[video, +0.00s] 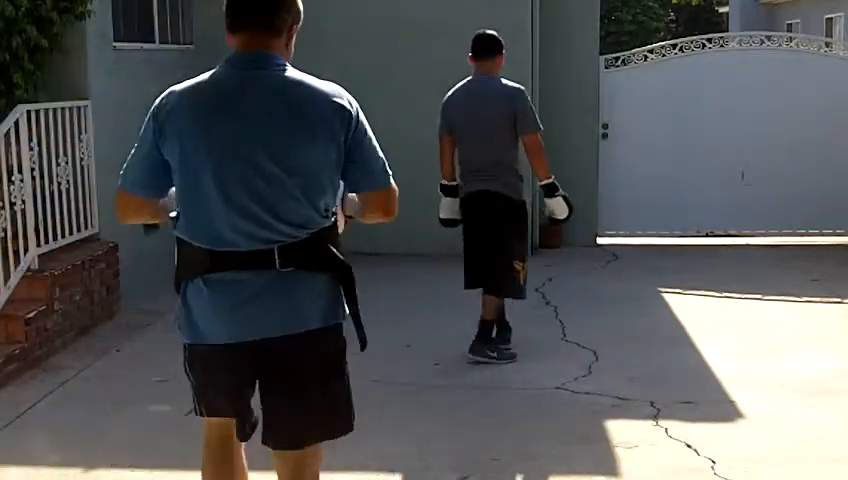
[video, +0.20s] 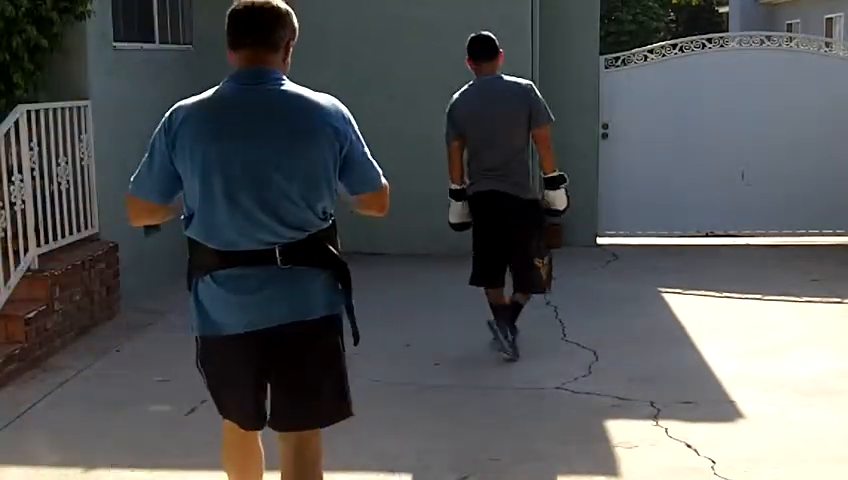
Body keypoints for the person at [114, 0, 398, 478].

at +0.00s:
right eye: (296, 29)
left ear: (228, 29)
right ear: (292, 30)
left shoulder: (175, 104)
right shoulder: (332, 103)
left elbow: (130, 207)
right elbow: (383, 205)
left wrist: (175, 203)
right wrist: (342, 201)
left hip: (213, 315)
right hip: (305, 312)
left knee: (221, 434)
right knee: (299, 451)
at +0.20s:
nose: (292, 52)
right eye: (292, 46)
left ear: (229, 49)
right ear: (289, 48)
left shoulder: (186, 118)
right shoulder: (325, 113)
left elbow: (140, 211)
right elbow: (376, 202)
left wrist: (192, 197)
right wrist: (322, 185)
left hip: (226, 310)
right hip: (308, 304)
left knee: (239, 429)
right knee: (302, 436)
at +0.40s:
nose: (282, 50)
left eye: (281, 44)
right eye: (282, 44)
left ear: (222, 46)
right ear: (277, 45)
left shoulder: (183, 112)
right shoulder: (314, 107)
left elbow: (147, 199)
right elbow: (359, 191)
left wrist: (197, 182)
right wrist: (311, 163)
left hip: (219, 289)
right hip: (297, 286)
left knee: (236, 406)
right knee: (309, 399)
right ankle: (302, 477)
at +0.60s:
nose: (281, 49)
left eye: (280, 42)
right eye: (282, 42)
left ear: (226, 41)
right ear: (276, 43)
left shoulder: (186, 100)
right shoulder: (309, 99)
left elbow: (154, 176)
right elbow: (352, 178)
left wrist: (206, 160)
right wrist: (306, 146)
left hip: (220, 273)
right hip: (293, 267)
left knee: (238, 393)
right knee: (297, 362)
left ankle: (249, 477)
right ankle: (296, 471)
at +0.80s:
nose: (286, 60)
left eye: (284, 54)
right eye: (287, 54)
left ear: (234, 53)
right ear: (281, 55)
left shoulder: (196, 109)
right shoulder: (311, 108)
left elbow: (167, 173)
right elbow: (350, 182)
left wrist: (216, 161)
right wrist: (306, 152)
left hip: (224, 268)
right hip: (290, 265)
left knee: (236, 378)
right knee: (283, 357)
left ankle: (248, 475)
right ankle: (278, 449)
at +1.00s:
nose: (294, 56)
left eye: (292, 50)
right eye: (294, 50)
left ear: (246, 49)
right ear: (289, 50)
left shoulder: (208, 100)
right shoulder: (316, 102)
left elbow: (180, 161)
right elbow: (350, 172)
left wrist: (225, 145)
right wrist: (310, 141)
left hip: (233, 247)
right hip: (296, 244)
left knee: (229, 348)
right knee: (289, 347)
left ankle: (243, 433)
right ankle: (280, 446)